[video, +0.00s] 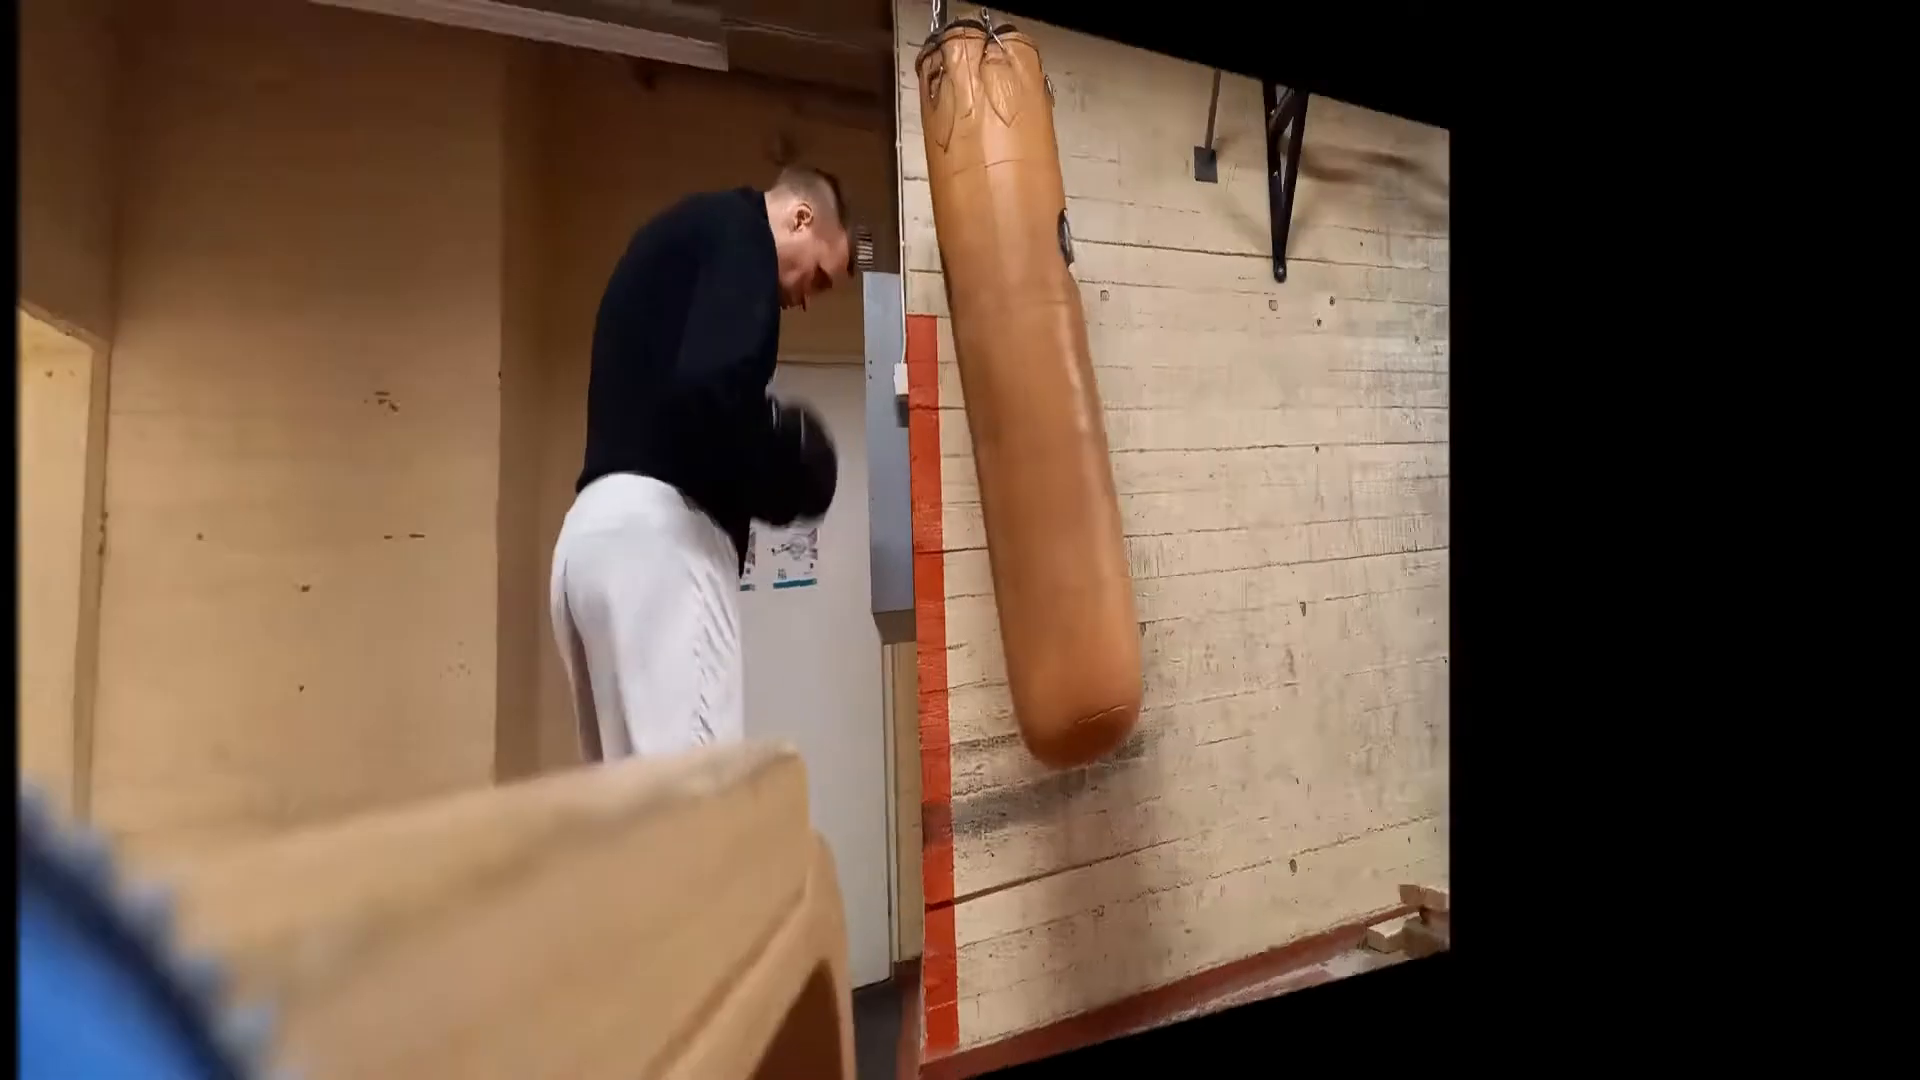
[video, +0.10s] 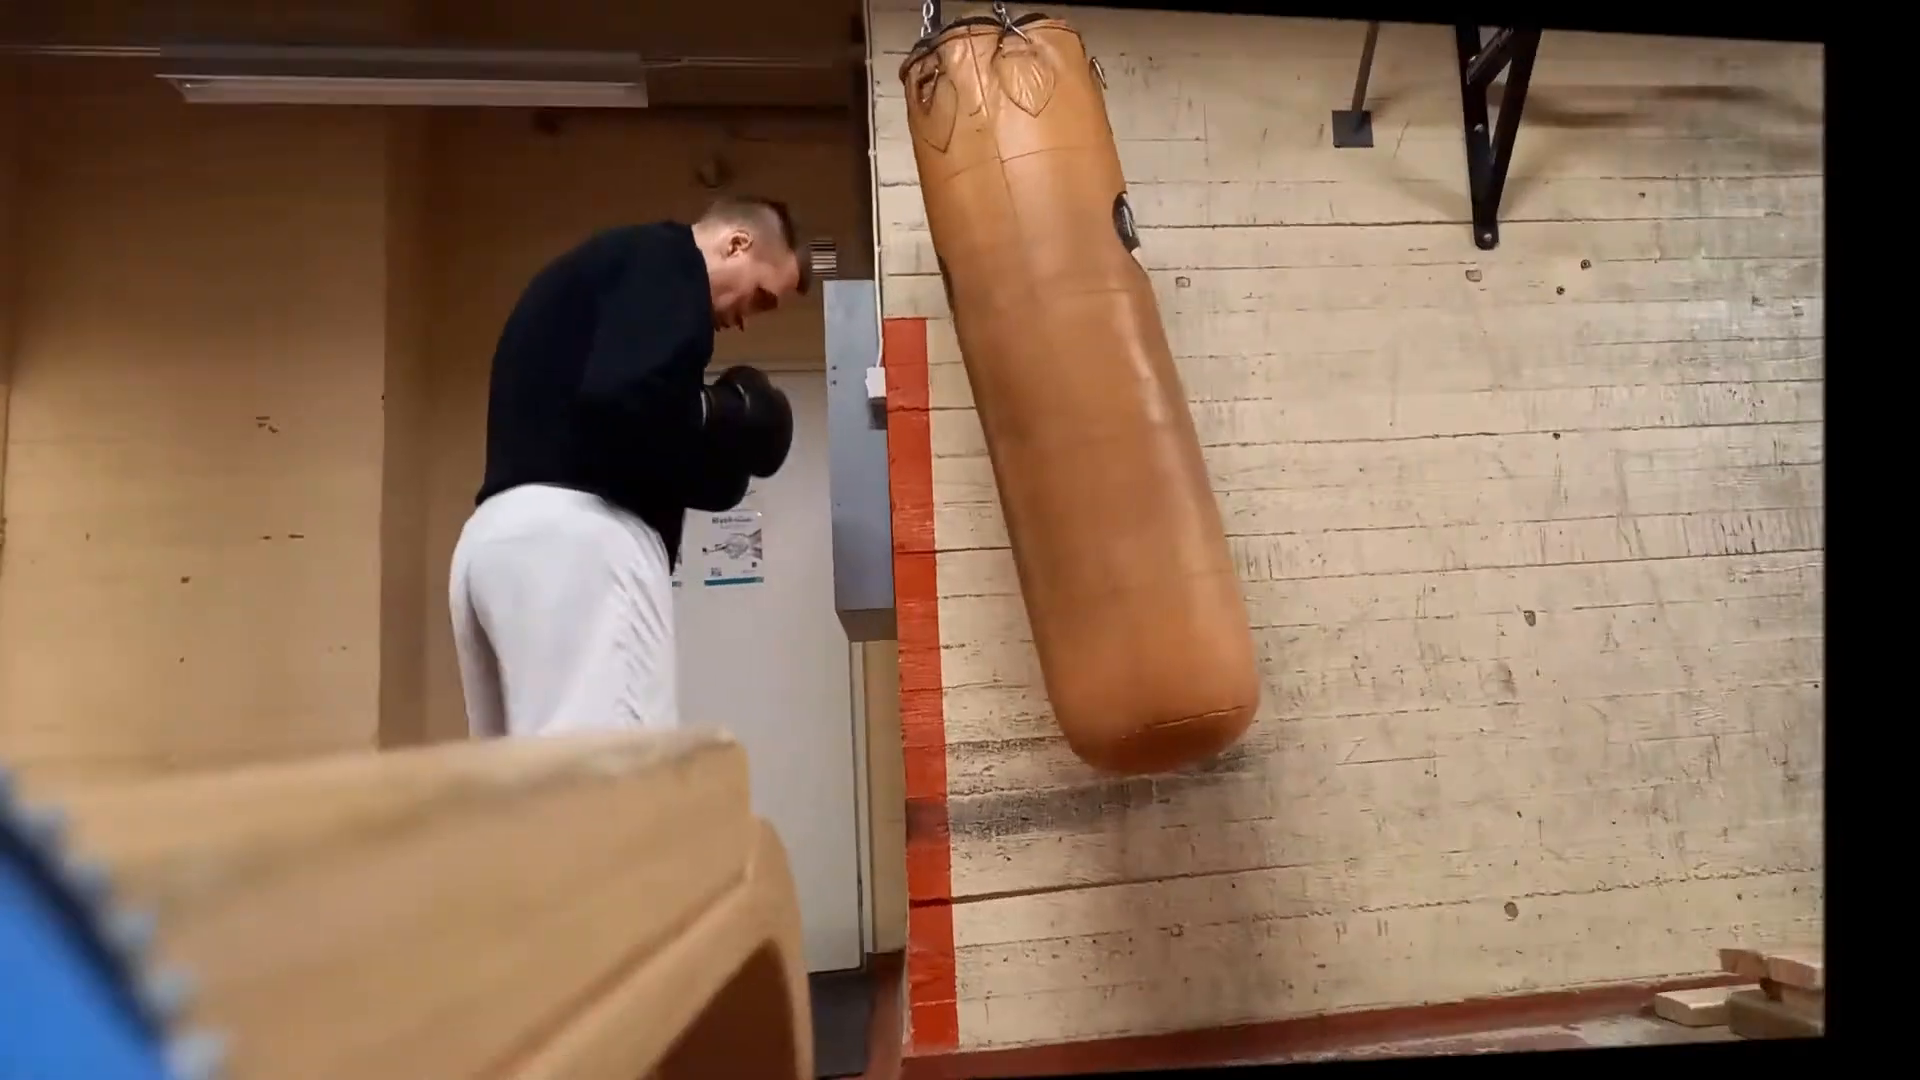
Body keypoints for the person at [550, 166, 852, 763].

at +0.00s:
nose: (804, 300)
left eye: (820, 288)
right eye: (818, 275)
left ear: (794, 216)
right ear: (799, 218)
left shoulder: (671, 242)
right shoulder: (740, 234)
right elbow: (713, 393)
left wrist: (767, 454)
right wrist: (790, 473)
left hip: (593, 533)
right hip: (657, 532)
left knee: (628, 808)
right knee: (695, 809)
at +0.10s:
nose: (744, 321)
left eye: (762, 310)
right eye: (760, 297)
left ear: (733, 242)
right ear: (735, 245)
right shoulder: (666, 265)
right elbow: (629, 400)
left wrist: (714, 428)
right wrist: (722, 451)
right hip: (578, 539)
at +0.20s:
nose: (741, 334)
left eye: (758, 324)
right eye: (756, 311)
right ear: (731, 264)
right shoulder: (677, 286)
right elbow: (640, 423)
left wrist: (713, 463)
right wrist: (732, 471)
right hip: (590, 544)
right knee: (645, 799)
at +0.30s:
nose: (746, 345)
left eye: (764, 334)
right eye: (762, 322)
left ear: (738, 273)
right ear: (739, 275)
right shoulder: (678, 292)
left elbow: (526, 474)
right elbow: (650, 430)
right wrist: (727, 504)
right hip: (587, 556)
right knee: (659, 799)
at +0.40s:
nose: (770, 340)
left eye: (784, 328)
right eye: (781, 317)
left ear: (752, 269)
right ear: (756, 270)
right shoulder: (655, 286)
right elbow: (622, 429)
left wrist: (699, 557)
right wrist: (728, 432)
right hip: (582, 564)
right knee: (667, 786)